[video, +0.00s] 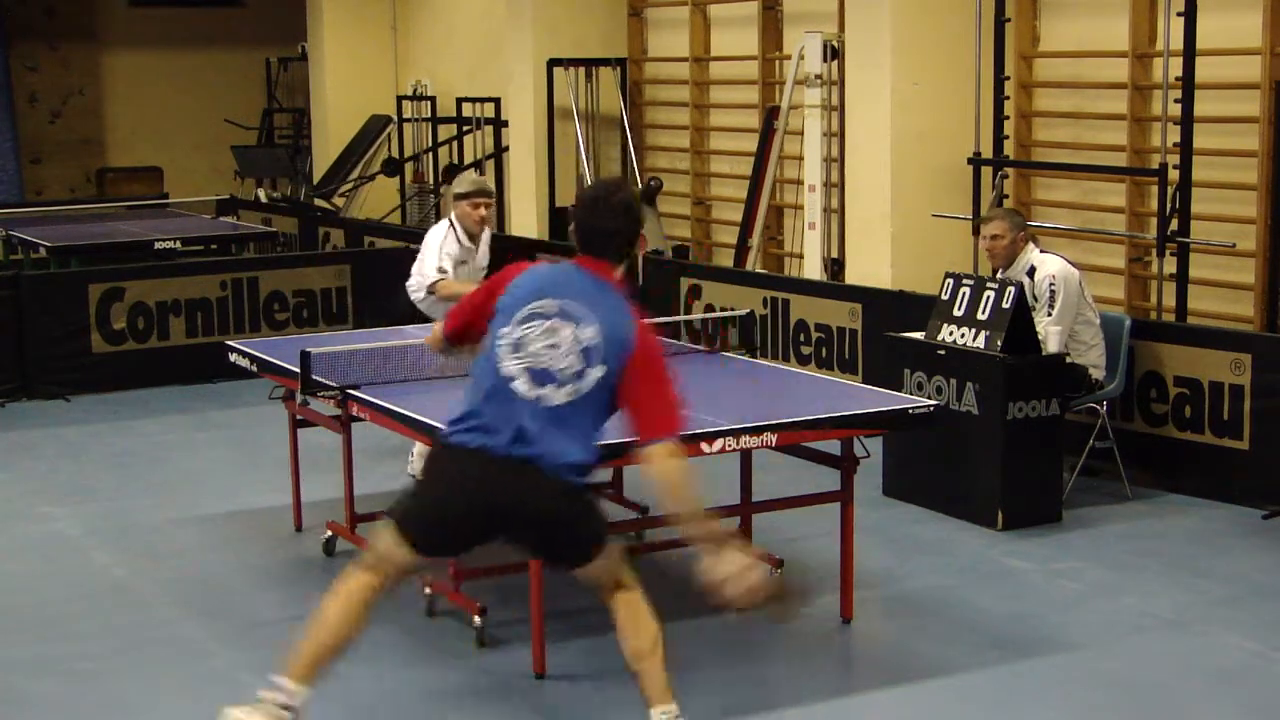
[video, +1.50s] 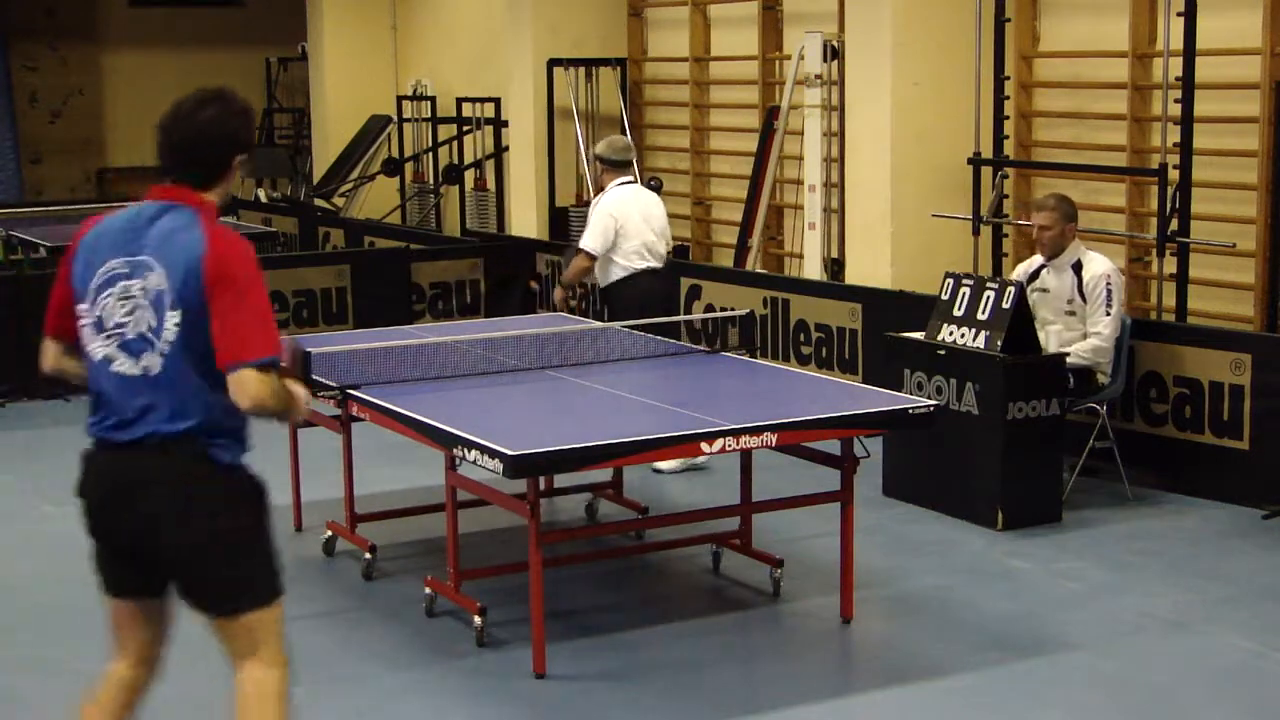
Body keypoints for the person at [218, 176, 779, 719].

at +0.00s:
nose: (647, 239)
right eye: (644, 232)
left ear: (574, 232)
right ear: (636, 245)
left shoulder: (522, 277)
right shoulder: (632, 327)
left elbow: (448, 337)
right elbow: (661, 454)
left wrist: (475, 338)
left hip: (461, 471)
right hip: (547, 490)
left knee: (369, 571)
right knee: (619, 587)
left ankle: (284, 695)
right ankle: (664, 711)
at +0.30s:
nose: (461, 343)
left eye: (460, 331)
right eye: (459, 333)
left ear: (405, 321)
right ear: (443, 333)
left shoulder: (373, 370)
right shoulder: (372, 386)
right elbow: (276, 475)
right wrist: (234, 561)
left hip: (275, 544)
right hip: (323, 545)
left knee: (222, 656)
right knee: (463, 588)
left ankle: (87, 711)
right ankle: (520, 712)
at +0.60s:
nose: (131, 290)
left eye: (129, 277)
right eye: (124, 277)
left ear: (58, 279)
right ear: (101, 282)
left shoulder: (16, 358)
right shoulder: (109, 344)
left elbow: (99, 416)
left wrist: (187, 388)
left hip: (49, 557)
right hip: (135, 552)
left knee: (7, 604)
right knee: (273, 596)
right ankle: (215, 699)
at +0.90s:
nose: (37, 255)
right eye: (38, 249)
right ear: (34, 258)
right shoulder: (85, 323)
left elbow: (158, 423)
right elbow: (161, 422)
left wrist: (110, 416)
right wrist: (107, 416)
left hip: (2, 528)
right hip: (70, 524)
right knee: (164, 622)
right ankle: (161, 715)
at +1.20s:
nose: (135, 255)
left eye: (133, 244)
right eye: (135, 245)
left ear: (55, 242)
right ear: (123, 254)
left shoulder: (4, 311)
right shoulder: (118, 335)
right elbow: (187, 458)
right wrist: (214, 400)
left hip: (1, 541)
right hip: (75, 546)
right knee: (190, 696)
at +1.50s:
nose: (244, 168)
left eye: (242, 156)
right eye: (245, 157)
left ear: (166, 151)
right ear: (233, 164)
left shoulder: (94, 237)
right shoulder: (221, 248)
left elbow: (55, 359)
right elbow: (249, 390)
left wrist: (133, 372)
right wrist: (290, 397)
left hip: (111, 474)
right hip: (201, 480)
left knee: (132, 656)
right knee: (258, 660)